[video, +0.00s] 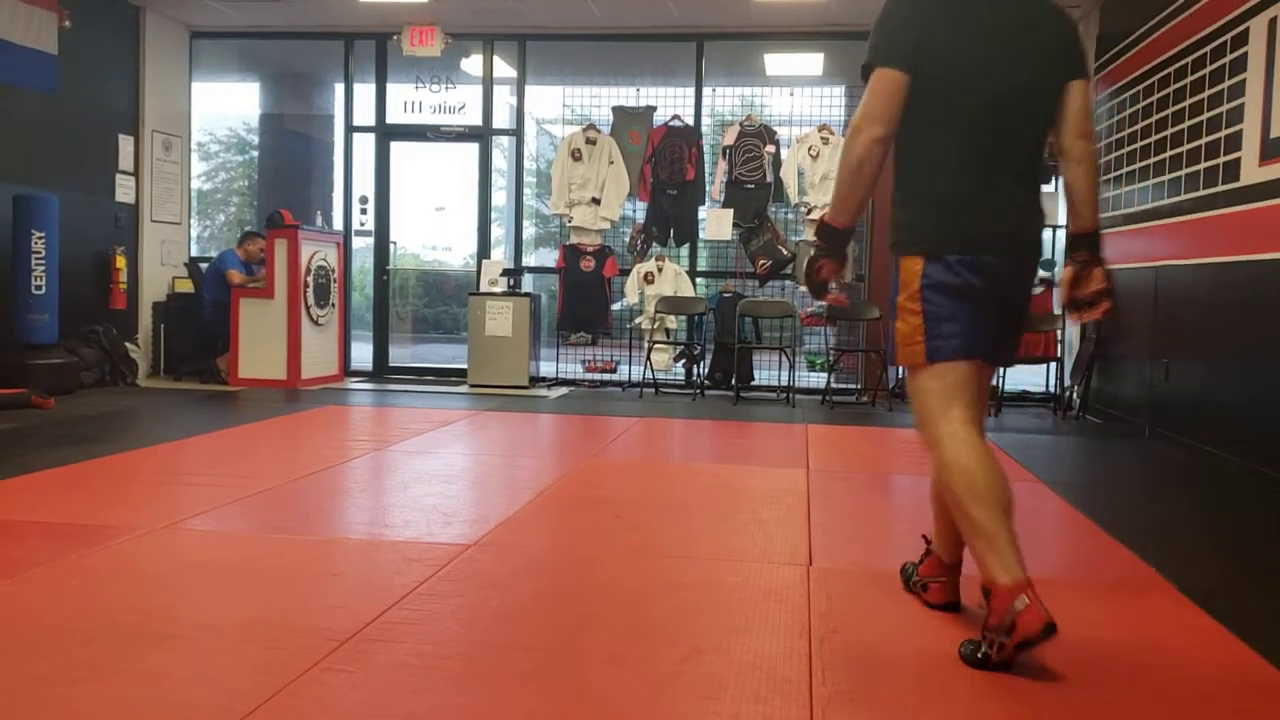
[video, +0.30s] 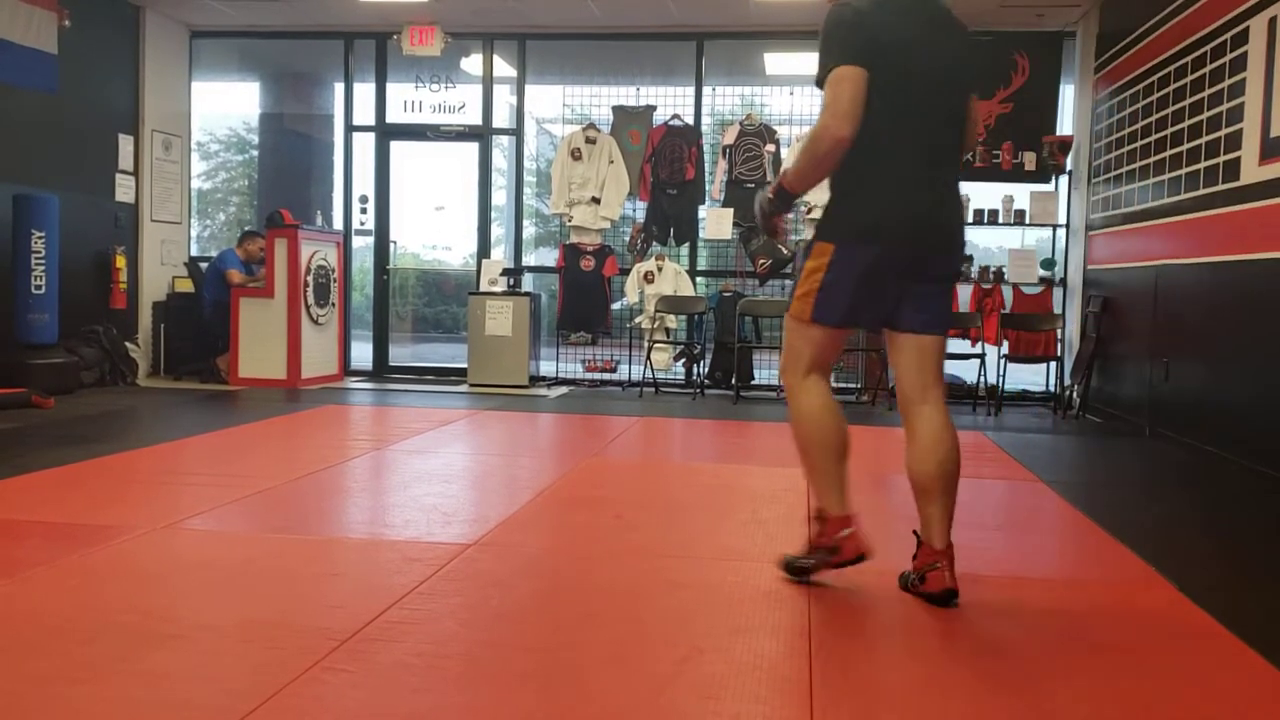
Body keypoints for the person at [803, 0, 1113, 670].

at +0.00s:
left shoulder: (912, 12)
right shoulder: (1055, 21)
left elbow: (873, 130)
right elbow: (1077, 141)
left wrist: (833, 236)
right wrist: (1084, 248)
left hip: (936, 239)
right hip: (1016, 240)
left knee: (950, 422)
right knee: (963, 414)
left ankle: (1014, 597)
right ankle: (941, 566)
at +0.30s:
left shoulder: (853, 18)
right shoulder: (952, 29)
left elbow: (838, 129)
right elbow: (967, 138)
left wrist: (781, 194)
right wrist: (913, 174)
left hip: (861, 226)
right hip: (936, 228)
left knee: (803, 370)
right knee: (924, 395)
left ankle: (834, 526)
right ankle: (936, 560)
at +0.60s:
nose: (736, 13)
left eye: (738, 8)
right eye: (738, 9)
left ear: (752, 3)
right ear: (801, 0)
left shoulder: (741, 49)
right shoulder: (846, 55)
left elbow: (701, 161)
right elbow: (856, 153)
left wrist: (734, 193)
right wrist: (798, 165)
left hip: (756, 243)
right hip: (827, 243)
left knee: (742, 388)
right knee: (838, 379)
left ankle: (731, 526)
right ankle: (890, 494)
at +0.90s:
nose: (665, 12)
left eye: (665, 9)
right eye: (667, 10)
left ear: (675, 6)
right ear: (722, 7)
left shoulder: (663, 55)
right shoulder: (760, 65)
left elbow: (625, 152)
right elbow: (789, 160)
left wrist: (651, 180)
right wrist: (734, 175)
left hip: (686, 238)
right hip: (740, 238)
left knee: (705, 383)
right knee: (708, 375)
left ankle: (728, 521)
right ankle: (692, 489)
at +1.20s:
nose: (594, 54)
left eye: (591, 44)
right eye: (589, 47)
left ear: (606, 24)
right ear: (635, 18)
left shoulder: (620, 71)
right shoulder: (683, 77)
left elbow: (589, 165)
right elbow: (694, 177)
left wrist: (582, 139)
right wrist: (627, 170)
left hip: (625, 242)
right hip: (673, 243)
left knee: (581, 364)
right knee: (652, 363)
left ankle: (663, 457)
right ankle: (658, 490)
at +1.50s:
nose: (511, 68)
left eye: (507, 56)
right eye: (505, 59)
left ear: (529, 38)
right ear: (540, 34)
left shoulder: (554, 80)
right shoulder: (587, 77)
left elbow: (542, 171)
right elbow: (608, 175)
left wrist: (511, 152)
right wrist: (525, 149)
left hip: (558, 251)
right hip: (599, 248)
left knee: (516, 368)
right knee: (612, 366)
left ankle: (471, 481)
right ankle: (648, 482)